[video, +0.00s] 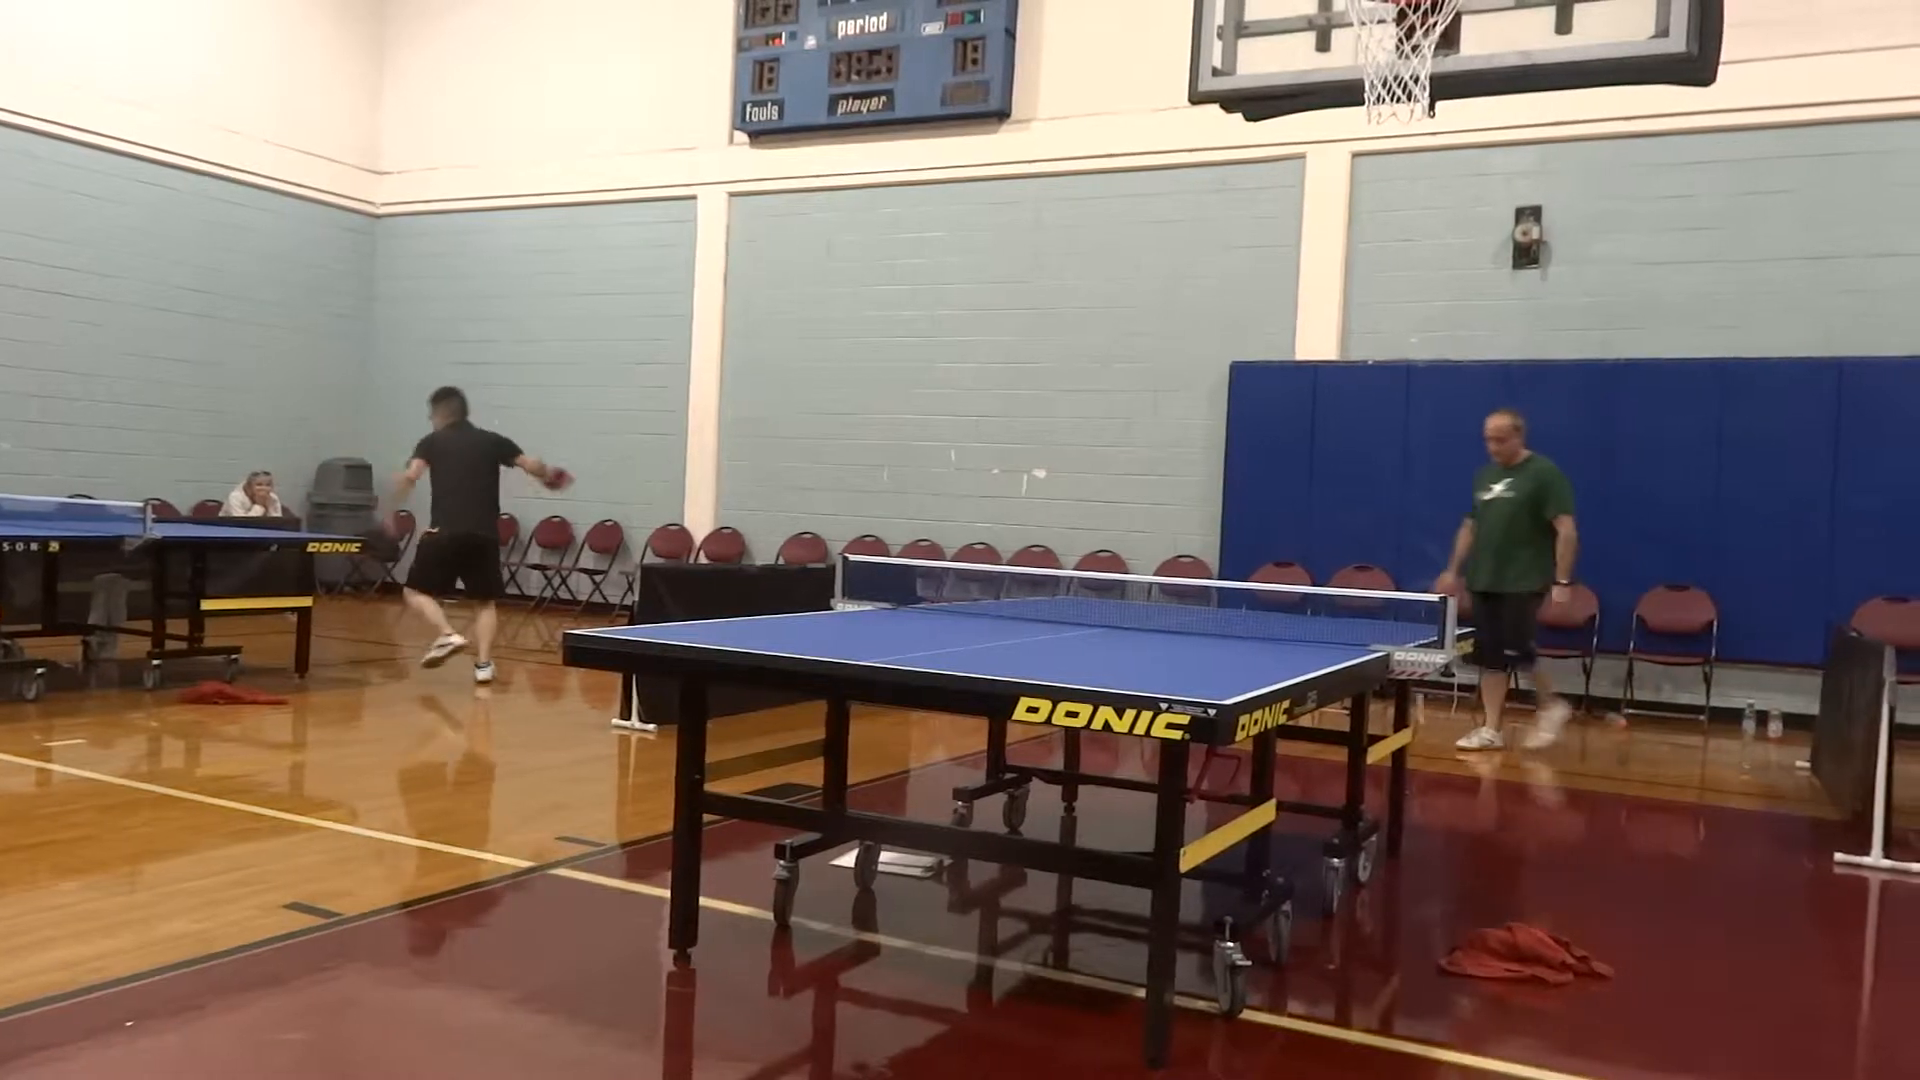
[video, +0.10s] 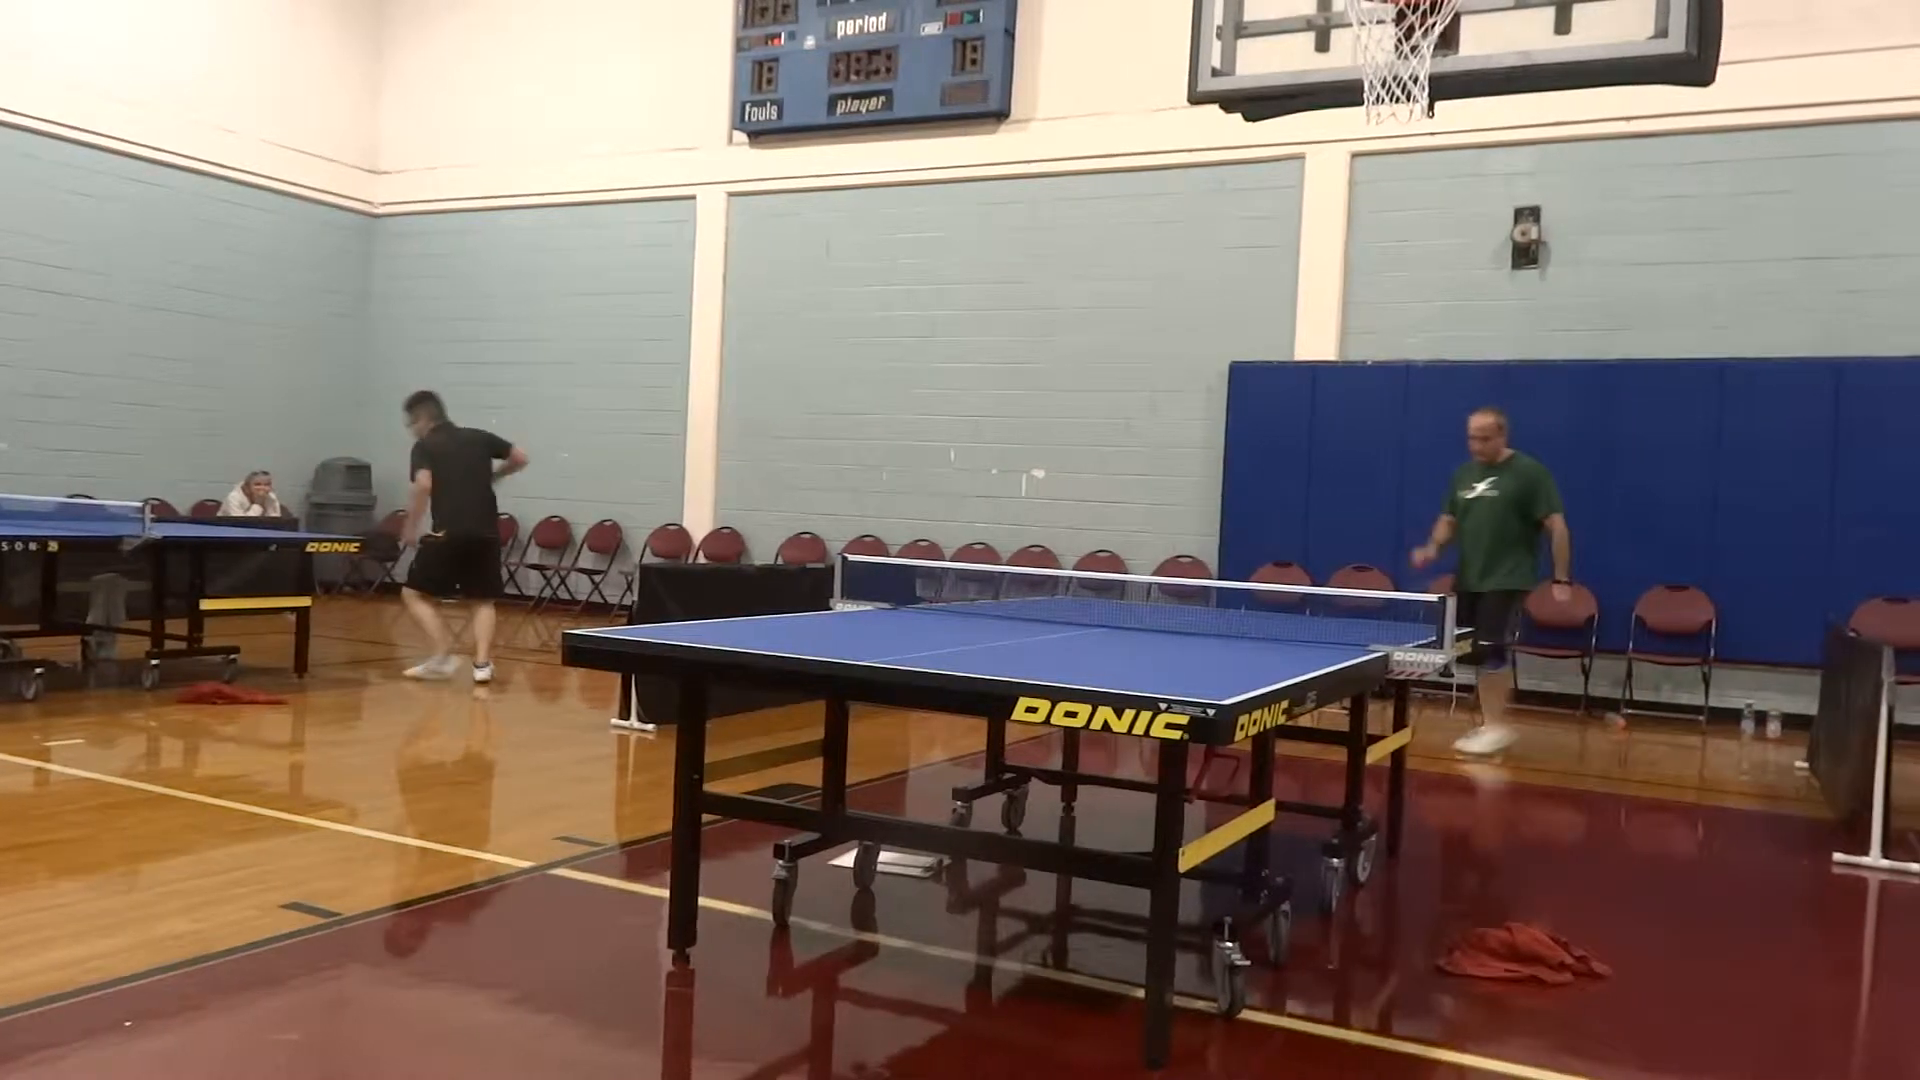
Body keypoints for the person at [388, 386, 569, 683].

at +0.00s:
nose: (431, 420)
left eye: (432, 415)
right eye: (431, 415)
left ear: (439, 414)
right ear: (464, 412)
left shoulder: (433, 441)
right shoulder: (491, 440)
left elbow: (411, 477)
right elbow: (531, 465)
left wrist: (393, 508)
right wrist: (549, 475)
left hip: (444, 534)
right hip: (484, 535)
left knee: (415, 590)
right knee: (486, 602)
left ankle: (446, 634)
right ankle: (484, 665)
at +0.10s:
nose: (412, 430)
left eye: (413, 423)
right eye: (410, 424)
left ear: (424, 419)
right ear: (440, 414)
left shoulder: (425, 446)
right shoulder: (476, 436)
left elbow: (423, 485)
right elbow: (519, 458)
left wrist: (411, 526)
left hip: (448, 535)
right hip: (486, 535)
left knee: (413, 593)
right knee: (483, 599)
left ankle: (443, 655)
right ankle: (482, 664)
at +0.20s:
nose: (396, 432)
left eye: (398, 424)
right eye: (394, 426)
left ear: (413, 419)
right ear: (425, 417)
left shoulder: (421, 445)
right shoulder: (457, 439)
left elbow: (437, 483)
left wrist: (424, 526)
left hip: (452, 535)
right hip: (485, 532)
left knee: (414, 594)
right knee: (480, 600)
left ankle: (439, 660)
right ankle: (481, 662)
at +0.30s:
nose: (388, 426)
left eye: (392, 418)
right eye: (387, 419)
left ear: (410, 416)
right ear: (413, 417)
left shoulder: (428, 440)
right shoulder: (429, 442)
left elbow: (451, 473)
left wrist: (445, 520)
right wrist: (392, 471)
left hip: (443, 530)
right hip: (472, 531)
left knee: (410, 594)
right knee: (472, 597)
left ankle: (437, 660)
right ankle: (482, 649)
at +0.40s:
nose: (382, 417)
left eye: (387, 411)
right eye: (382, 411)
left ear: (406, 410)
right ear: (406, 411)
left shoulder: (426, 437)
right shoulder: (418, 440)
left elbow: (460, 461)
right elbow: (405, 469)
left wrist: (466, 499)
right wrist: (370, 456)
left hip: (438, 528)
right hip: (455, 527)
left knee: (410, 591)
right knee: (452, 591)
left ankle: (438, 660)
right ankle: (478, 646)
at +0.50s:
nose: (381, 412)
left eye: (386, 407)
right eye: (381, 406)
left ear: (406, 408)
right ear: (400, 408)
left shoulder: (427, 434)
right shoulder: (410, 439)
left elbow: (460, 457)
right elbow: (398, 471)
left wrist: (475, 494)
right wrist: (363, 458)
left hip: (441, 525)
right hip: (438, 525)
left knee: (410, 590)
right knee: (438, 592)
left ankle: (438, 659)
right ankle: (453, 651)